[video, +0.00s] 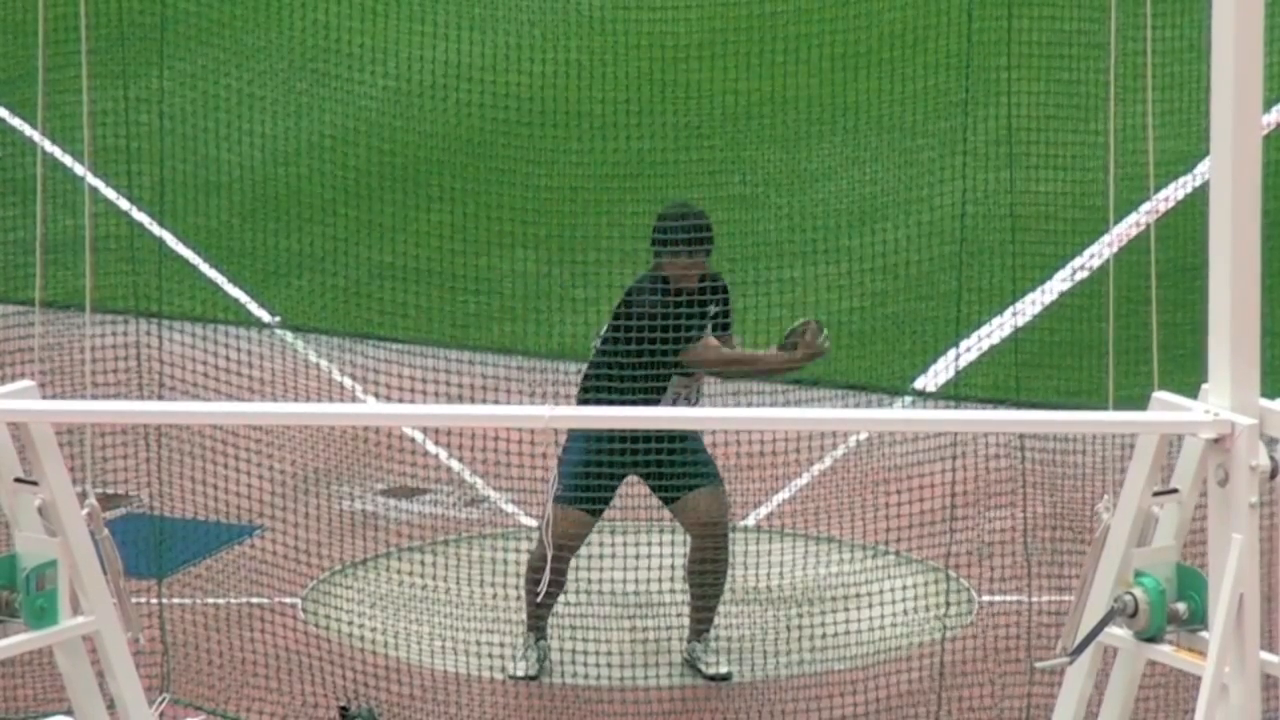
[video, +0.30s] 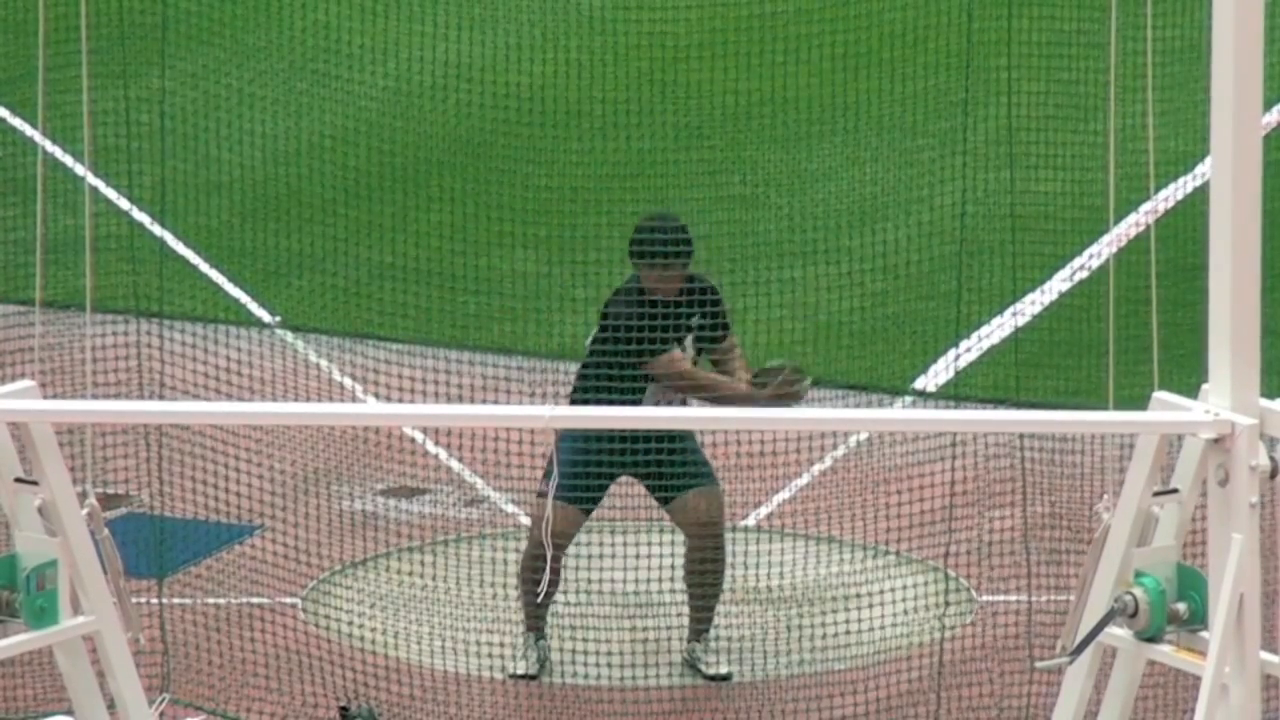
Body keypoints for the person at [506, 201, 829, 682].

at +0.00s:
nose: (688, 263)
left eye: (697, 252)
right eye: (677, 253)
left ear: (709, 253)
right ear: (659, 255)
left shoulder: (714, 291)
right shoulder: (647, 300)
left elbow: (726, 354)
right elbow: (711, 362)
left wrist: (783, 351)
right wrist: (793, 362)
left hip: (665, 430)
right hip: (602, 430)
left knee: (711, 522)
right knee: (562, 536)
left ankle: (699, 643)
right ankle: (533, 637)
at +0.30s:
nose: (662, 277)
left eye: (671, 267)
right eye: (652, 267)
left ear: (686, 264)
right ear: (638, 266)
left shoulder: (703, 297)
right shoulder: (626, 308)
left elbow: (728, 354)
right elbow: (682, 375)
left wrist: (747, 392)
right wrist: (755, 395)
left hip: (660, 430)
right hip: (595, 430)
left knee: (707, 521)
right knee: (552, 533)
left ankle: (698, 644)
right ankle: (534, 637)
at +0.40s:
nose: (635, 289)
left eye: (645, 279)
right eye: (627, 279)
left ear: (665, 275)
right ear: (617, 278)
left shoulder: (690, 306)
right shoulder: (607, 319)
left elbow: (732, 362)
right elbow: (637, 403)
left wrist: (731, 434)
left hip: (654, 436)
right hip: (591, 438)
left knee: (706, 519)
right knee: (541, 529)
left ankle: (698, 644)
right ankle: (533, 640)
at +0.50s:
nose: (608, 300)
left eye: (618, 291)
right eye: (601, 290)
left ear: (641, 288)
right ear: (592, 288)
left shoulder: (674, 317)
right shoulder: (580, 332)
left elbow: (730, 364)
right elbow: (579, 415)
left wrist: (725, 428)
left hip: (659, 442)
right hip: (587, 443)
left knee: (707, 525)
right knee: (532, 525)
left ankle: (698, 644)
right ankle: (533, 641)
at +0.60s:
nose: (584, 305)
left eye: (594, 296)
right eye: (578, 296)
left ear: (617, 293)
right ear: (569, 293)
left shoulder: (651, 323)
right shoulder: (557, 336)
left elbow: (719, 368)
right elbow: (521, 411)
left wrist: (720, 432)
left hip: (653, 448)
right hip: (577, 449)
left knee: (706, 529)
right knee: (526, 525)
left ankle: (699, 643)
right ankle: (533, 640)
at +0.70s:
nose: (563, 301)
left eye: (573, 292)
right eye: (557, 291)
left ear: (596, 290)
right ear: (548, 289)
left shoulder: (631, 322)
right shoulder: (537, 329)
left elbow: (695, 378)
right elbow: (481, 380)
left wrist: (699, 446)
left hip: (646, 446)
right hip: (572, 447)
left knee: (700, 533)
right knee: (521, 524)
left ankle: (699, 646)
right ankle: (533, 643)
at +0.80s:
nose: (559, 292)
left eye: (568, 283)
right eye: (551, 283)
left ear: (583, 282)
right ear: (537, 281)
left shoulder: (612, 316)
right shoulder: (527, 310)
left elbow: (655, 379)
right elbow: (468, 324)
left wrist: (659, 443)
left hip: (631, 440)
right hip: (566, 438)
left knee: (690, 535)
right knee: (520, 522)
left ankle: (699, 643)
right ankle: (533, 641)